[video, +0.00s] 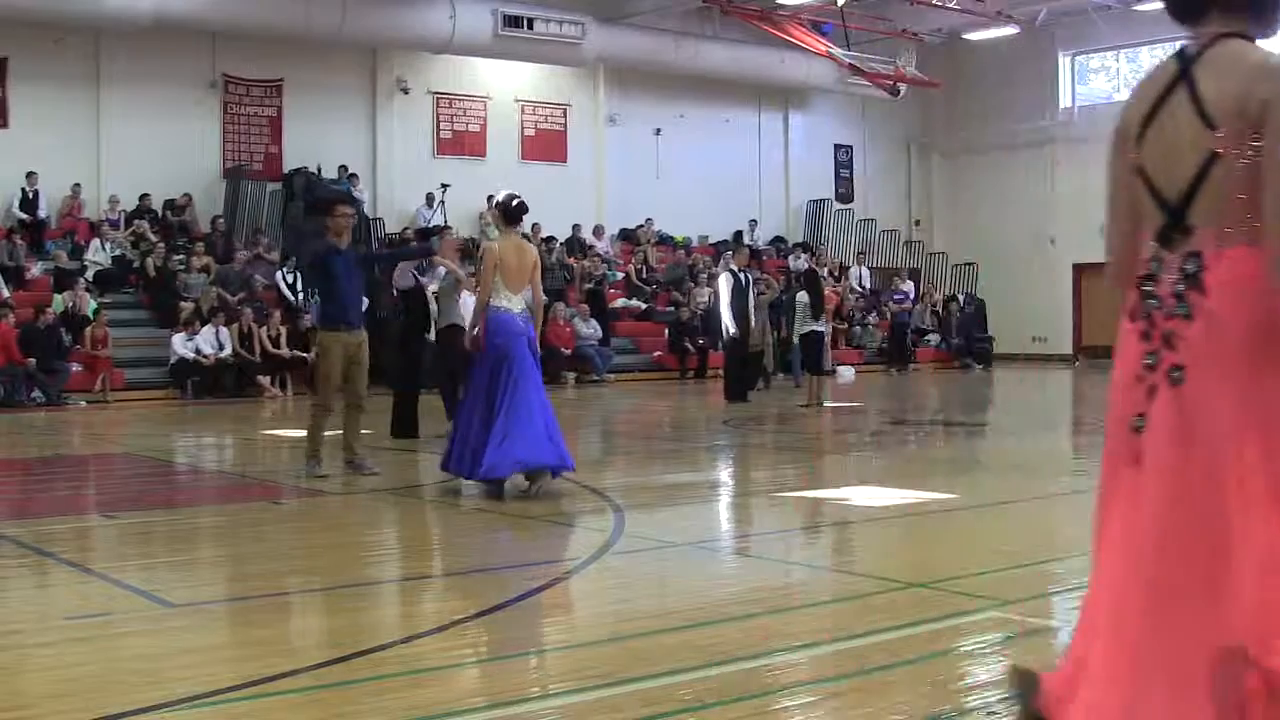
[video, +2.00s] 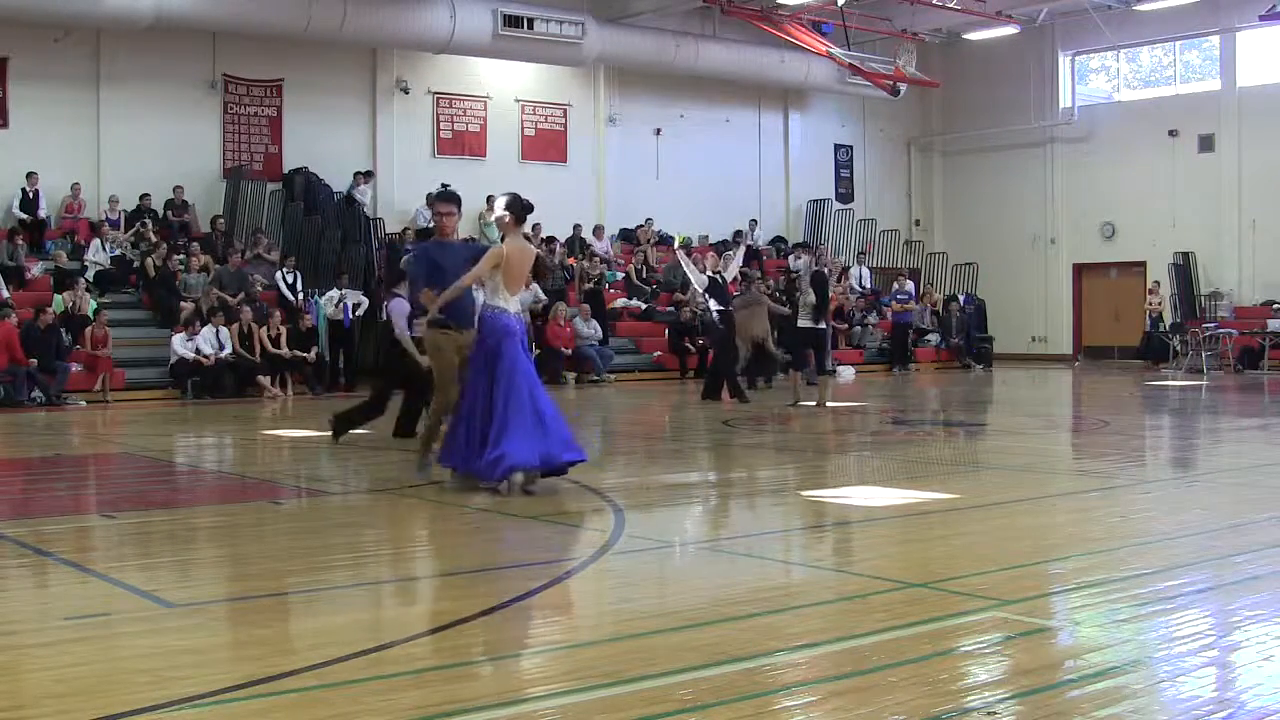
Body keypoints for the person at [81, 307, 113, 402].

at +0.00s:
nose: (106, 318)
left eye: (106, 316)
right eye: (103, 316)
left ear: (105, 318)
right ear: (97, 317)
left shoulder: (107, 331)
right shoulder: (89, 330)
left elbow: (109, 349)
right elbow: (87, 349)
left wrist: (103, 352)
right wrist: (99, 353)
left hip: (103, 355)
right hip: (92, 356)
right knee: (105, 366)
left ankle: (98, 381)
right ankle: (107, 393)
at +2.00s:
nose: (106, 318)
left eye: (106, 315)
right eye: (104, 315)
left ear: (106, 317)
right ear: (97, 317)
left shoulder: (108, 331)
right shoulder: (89, 330)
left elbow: (109, 349)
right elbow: (88, 350)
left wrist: (103, 352)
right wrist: (99, 353)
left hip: (103, 355)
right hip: (92, 356)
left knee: (104, 359)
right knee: (107, 363)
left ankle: (98, 382)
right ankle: (107, 393)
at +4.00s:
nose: (106, 317)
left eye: (106, 315)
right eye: (104, 315)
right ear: (97, 316)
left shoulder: (107, 330)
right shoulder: (89, 330)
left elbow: (109, 348)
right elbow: (89, 350)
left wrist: (105, 352)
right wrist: (99, 353)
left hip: (103, 355)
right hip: (92, 355)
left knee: (104, 360)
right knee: (107, 364)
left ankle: (98, 382)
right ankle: (107, 393)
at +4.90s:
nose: (106, 316)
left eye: (106, 314)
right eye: (103, 314)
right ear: (96, 316)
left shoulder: (108, 330)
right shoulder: (89, 330)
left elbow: (109, 349)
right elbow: (89, 350)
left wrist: (104, 351)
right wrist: (100, 353)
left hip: (103, 355)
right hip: (92, 356)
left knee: (104, 360)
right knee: (105, 365)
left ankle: (98, 383)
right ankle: (106, 393)